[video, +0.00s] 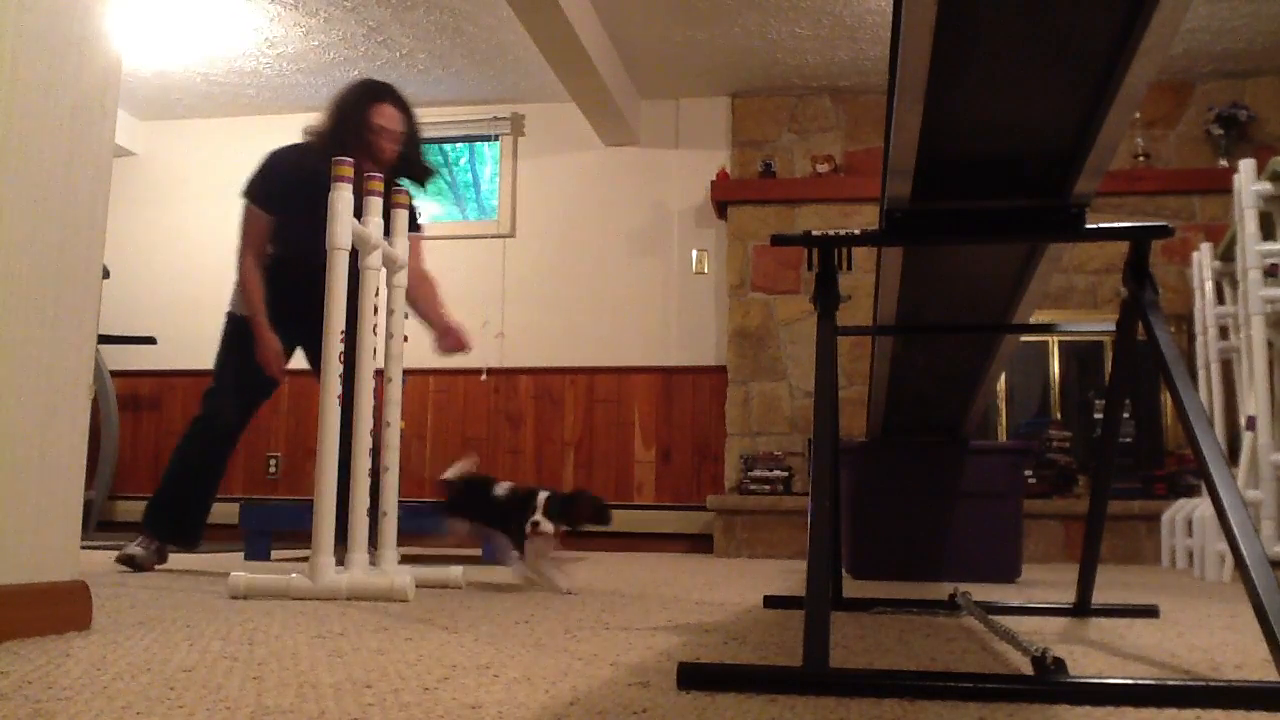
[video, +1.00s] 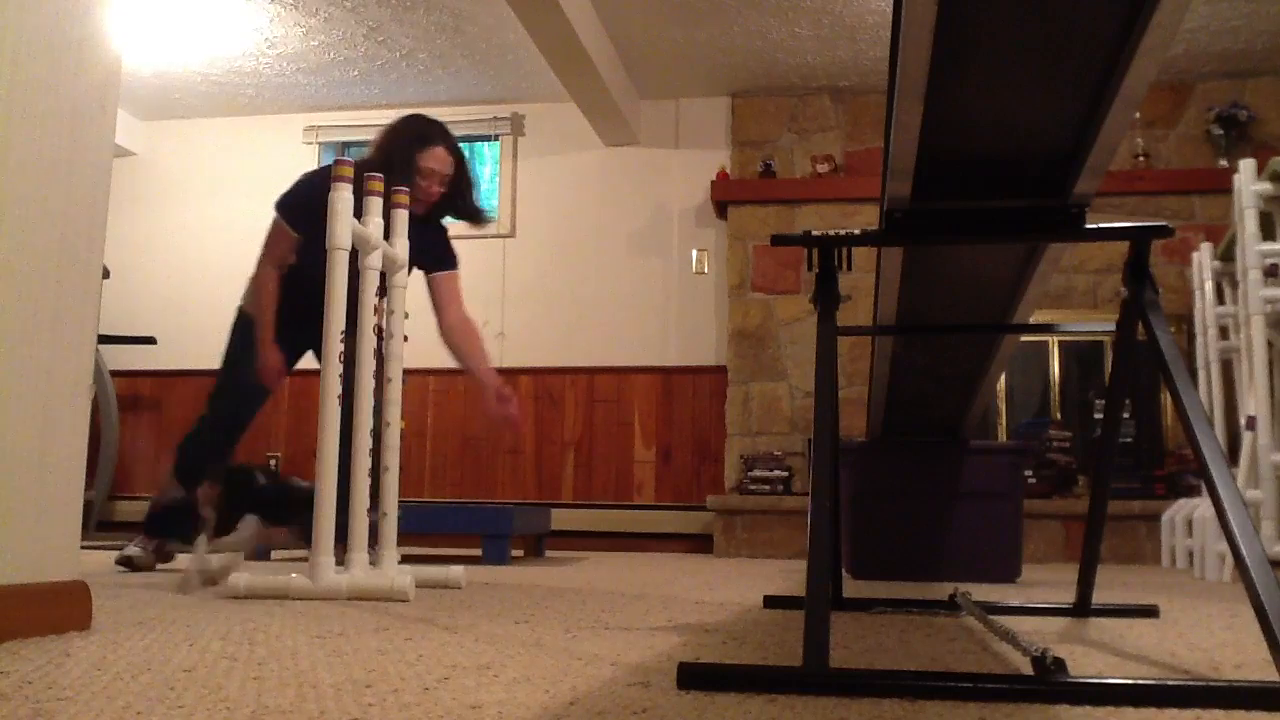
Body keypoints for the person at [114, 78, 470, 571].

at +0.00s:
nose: (388, 145)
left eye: (397, 136)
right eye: (379, 132)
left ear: (405, 139)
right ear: (351, 127)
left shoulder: (392, 191)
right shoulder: (291, 166)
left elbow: (413, 271)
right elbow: (251, 254)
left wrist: (440, 321)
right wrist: (261, 332)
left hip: (342, 311)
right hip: (274, 303)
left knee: (362, 422)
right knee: (222, 417)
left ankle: (358, 544)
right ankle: (157, 534)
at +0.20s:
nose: (330, 130)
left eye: (339, 122)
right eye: (320, 118)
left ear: (347, 130)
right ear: (294, 117)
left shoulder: (339, 185)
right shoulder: (236, 167)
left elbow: (351, 269)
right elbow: (204, 254)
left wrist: (353, 342)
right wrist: (220, 331)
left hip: (293, 310)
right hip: (228, 304)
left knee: (325, 422)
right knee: (185, 417)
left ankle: (338, 545)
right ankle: (142, 541)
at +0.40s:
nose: (308, 132)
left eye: (320, 127)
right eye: (299, 118)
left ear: (327, 137)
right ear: (272, 114)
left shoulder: (315, 190)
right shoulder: (215, 161)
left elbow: (308, 282)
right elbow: (172, 239)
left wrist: (306, 361)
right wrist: (173, 314)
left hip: (270, 319)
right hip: (206, 310)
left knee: (302, 420)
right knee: (166, 412)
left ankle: (311, 541)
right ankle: (139, 542)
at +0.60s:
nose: (333, 150)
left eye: (344, 143)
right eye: (324, 134)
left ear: (351, 151)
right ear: (296, 127)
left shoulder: (331, 200)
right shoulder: (234, 167)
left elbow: (330, 288)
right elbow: (180, 241)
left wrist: (331, 354)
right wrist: (167, 317)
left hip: (275, 321)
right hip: (208, 314)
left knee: (306, 423)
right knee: (168, 419)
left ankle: (319, 542)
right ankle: (139, 542)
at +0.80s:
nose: (392, 174)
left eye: (404, 168)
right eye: (385, 159)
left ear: (411, 174)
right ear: (355, 148)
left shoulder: (386, 216)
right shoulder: (295, 181)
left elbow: (397, 297)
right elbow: (233, 256)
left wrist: (414, 365)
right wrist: (212, 330)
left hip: (314, 329)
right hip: (250, 320)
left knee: (352, 425)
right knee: (195, 424)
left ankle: (346, 546)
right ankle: (139, 541)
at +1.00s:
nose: (433, 189)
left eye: (443, 180)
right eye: (425, 175)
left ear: (451, 180)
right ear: (395, 165)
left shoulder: (428, 232)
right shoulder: (324, 187)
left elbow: (453, 315)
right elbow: (270, 265)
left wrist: (489, 380)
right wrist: (265, 344)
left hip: (348, 319)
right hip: (285, 304)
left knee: (371, 425)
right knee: (232, 410)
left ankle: (349, 539)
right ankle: (161, 531)